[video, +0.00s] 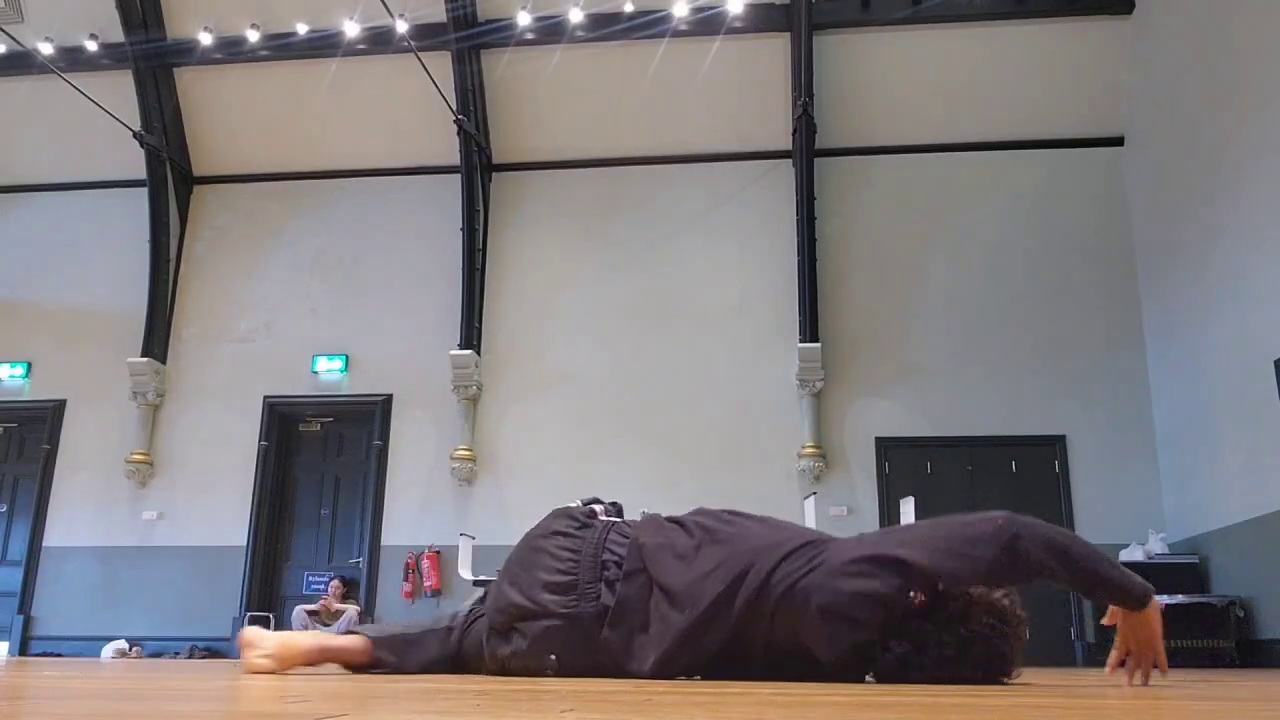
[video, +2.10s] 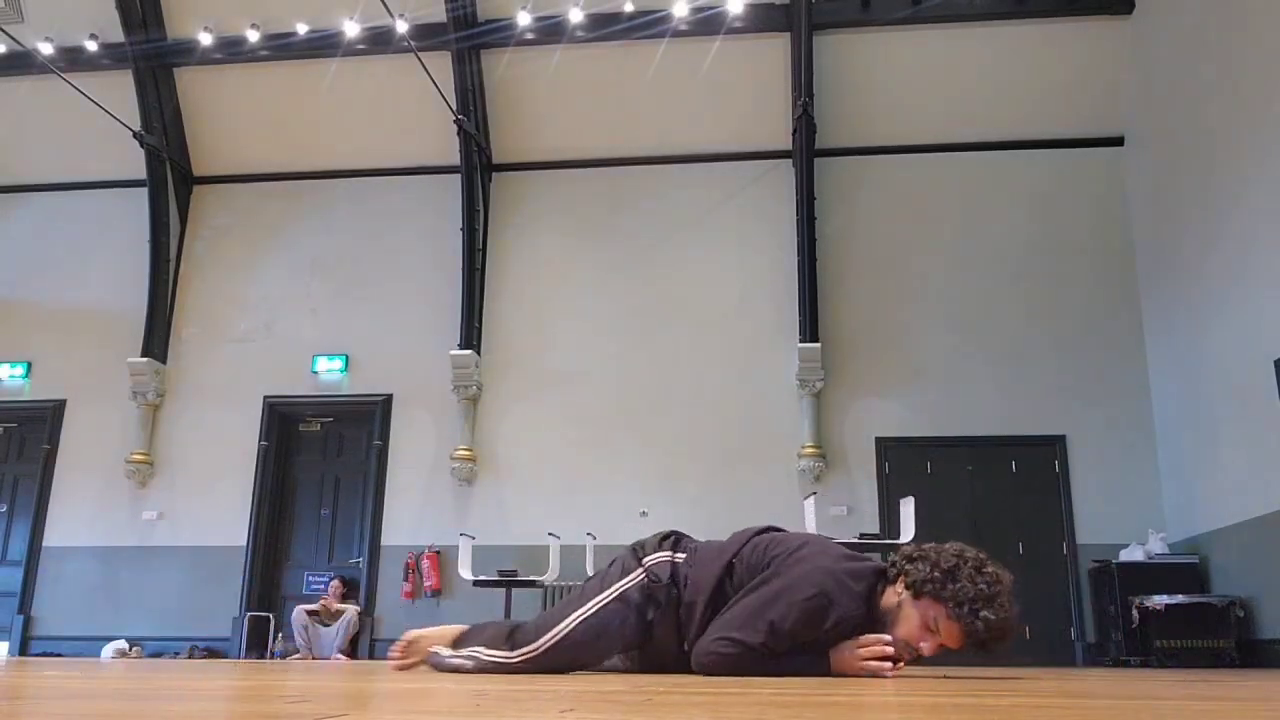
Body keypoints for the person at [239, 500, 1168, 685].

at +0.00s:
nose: (956, 666)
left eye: (969, 663)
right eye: (968, 668)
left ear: (944, 595)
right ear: (941, 632)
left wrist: (1129, 603)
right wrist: (1136, 603)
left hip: (583, 554)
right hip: (578, 625)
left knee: (458, 623)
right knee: (446, 641)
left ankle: (327, 640)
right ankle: (314, 648)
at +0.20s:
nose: (981, 671)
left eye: (993, 661)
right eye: (975, 676)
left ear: (962, 589)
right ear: (923, 662)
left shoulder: (883, 537)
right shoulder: (855, 657)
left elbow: (1020, 523)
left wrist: (1110, 591)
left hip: (601, 537)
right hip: (583, 626)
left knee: (470, 616)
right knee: (421, 642)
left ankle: (333, 623)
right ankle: (268, 643)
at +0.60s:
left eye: (1000, 658)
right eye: (953, 669)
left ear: (982, 593)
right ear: (900, 652)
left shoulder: (894, 520)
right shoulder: (869, 658)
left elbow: (969, 538)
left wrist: (1019, 631)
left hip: (626, 549)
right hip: (604, 622)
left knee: (454, 629)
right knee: (416, 640)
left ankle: (314, 620)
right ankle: (255, 631)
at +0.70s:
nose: (956, 685)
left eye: (972, 671)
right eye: (953, 678)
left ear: (957, 569)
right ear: (919, 661)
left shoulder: (889, 512)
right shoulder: (855, 663)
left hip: (624, 546)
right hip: (607, 632)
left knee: (457, 626)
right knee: (425, 638)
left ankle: (306, 619)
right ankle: (255, 633)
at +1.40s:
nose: (955, 680)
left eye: (972, 671)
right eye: (956, 669)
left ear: (938, 614)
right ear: (921, 636)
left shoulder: (893, 592)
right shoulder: (849, 622)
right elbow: (716, 642)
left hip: (655, 602)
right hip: (629, 617)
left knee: (474, 639)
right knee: (444, 646)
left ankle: (323, 610)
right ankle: (278, 597)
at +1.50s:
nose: (950, 668)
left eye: (966, 661)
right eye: (958, 657)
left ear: (934, 598)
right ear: (931, 623)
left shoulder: (872, 588)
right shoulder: (854, 617)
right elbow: (750, 664)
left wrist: (897, 657)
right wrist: (886, 673)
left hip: (650, 601)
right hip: (637, 616)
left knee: (481, 642)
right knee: (460, 650)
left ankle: (324, 612)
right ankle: (292, 606)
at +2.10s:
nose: (925, 648)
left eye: (941, 648)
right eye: (931, 630)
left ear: (943, 636)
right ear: (910, 590)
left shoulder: (875, 601)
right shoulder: (824, 581)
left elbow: (785, 658)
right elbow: (715, 656)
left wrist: (861, 654)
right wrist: (824, 664)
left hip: (681, 619)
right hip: (659, 584)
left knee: (548, 646)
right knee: (524, 655)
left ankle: (458, 639)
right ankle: (437, 647)